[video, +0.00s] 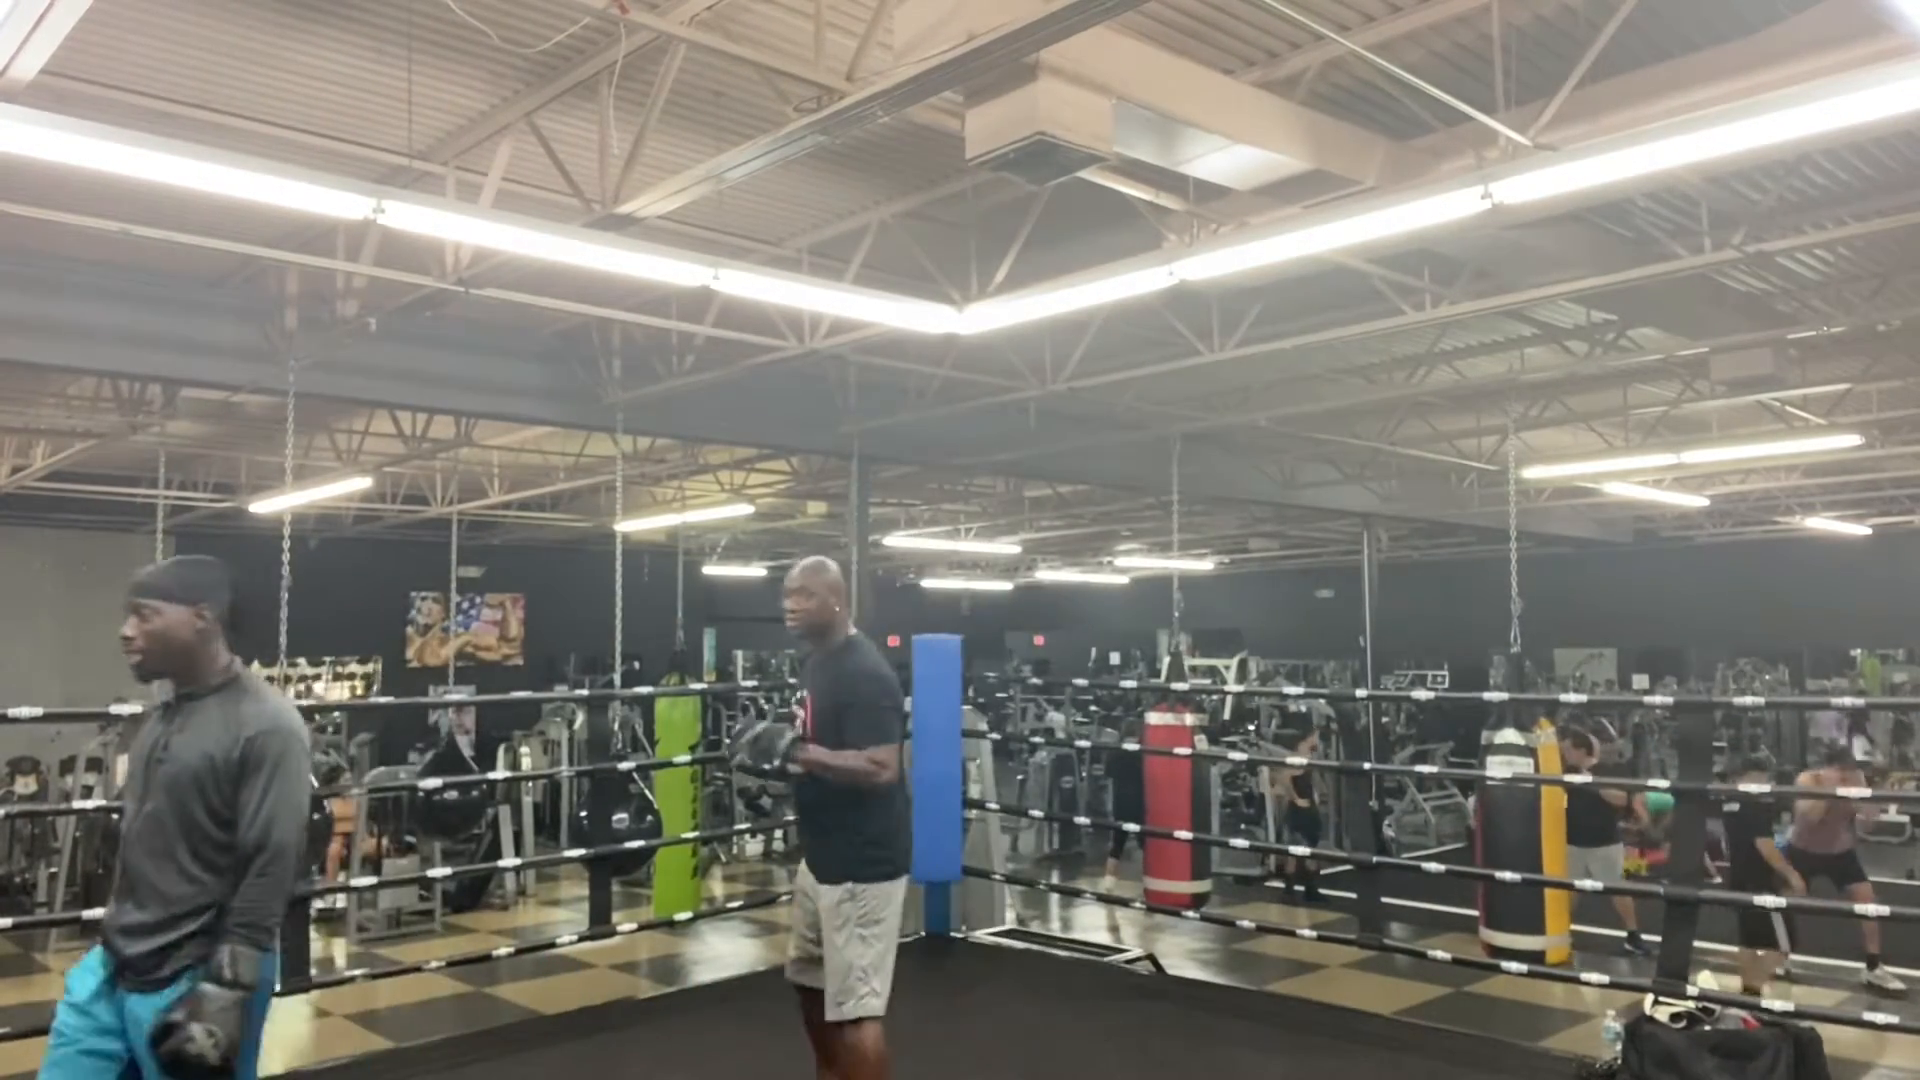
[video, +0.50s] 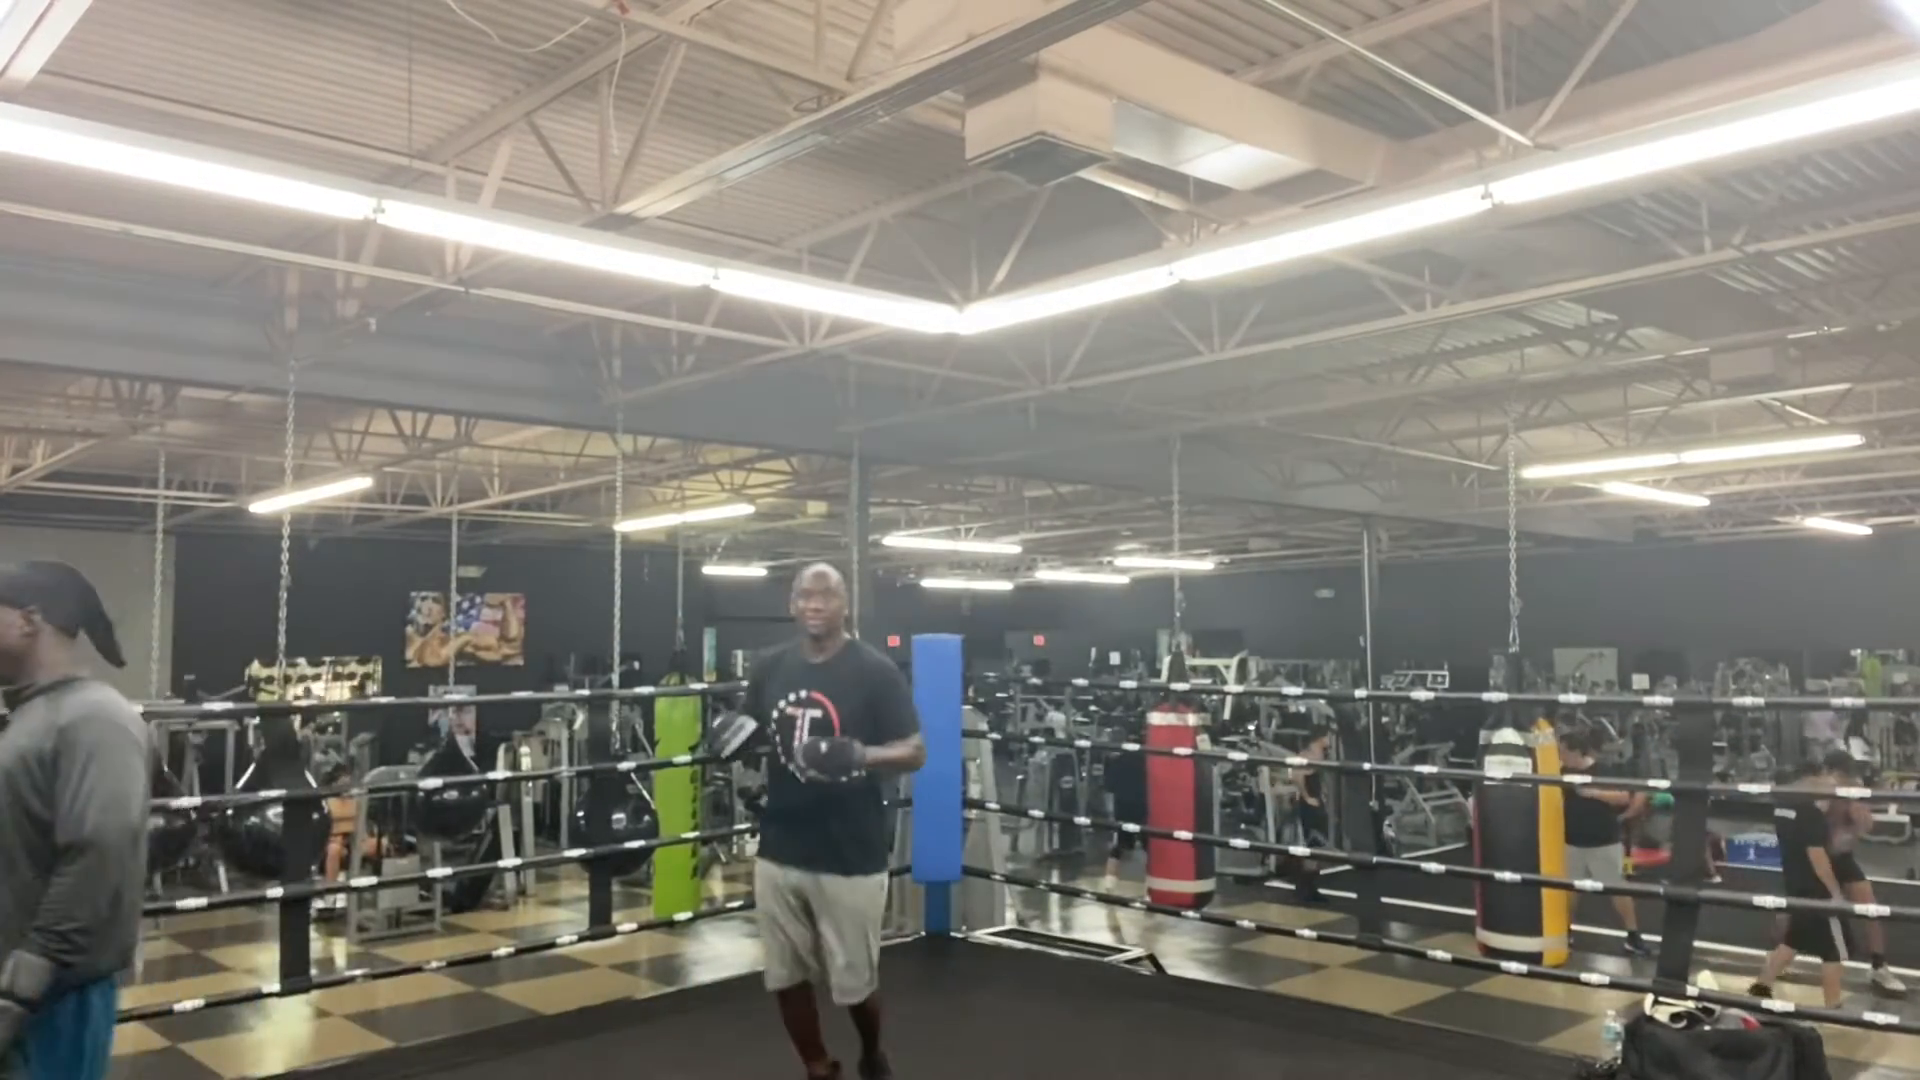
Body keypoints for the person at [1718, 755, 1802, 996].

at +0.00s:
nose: (1764, 784)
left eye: (1764, 778)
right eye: (1760, 778)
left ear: (1739, 778)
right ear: (1754, 778)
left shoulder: (1730, 804)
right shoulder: (1757, 804)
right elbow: (1765, 844)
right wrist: (1791, 874)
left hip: (1740, 878)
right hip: (1759, 881)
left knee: (1749, 941)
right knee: (1781, 947)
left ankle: (1750, 992)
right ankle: (1752, 985)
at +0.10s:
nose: (1773, 780)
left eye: (1772, 775)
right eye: (1770, 775)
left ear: (1747, 775)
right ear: (1764, 776)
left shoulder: (1737, 801)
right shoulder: (1764, 802)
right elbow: (1771, 846)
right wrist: (1798, 876)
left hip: (1748, 879)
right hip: (1770, 882)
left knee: (1752, 942)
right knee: (1793, 946)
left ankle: (1750, 995)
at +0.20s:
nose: (1788, 789)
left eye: (1787, 784)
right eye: (1786, 784)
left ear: (1765, 783)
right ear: (1781, 784)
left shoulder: (1751, 807)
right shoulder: (1778, 811)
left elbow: (1764, 850)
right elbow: (1784, 852)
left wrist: (1797, 867)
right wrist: (1803, 882)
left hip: (1760, 882)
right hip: (1782, 883)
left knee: (1757, 943)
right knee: (1803, 944)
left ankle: (1751, 994)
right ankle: (1823, 999)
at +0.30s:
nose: (1804, 790)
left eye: (1802, 783)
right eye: (1801, 784)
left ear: (1778, 782)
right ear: (1794, 784)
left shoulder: (1762, 806)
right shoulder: (1791, 813)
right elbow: (1797, 857)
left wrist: (1806, 871)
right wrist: (1811, 888)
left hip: (1772, 885)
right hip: (1794, 887)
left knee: (1766, 945)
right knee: (1819, 947)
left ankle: (1753, 994)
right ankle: (1830, 1003)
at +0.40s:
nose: (1821, 796)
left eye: (1821, 790)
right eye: (1818, 789)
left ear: (1787, 785)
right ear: (1805, 787)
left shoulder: (1774, 808)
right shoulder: (1802, 814)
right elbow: (1808, 859)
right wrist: (1825, 892)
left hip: (1787, 888)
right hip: (1808, 890)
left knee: (1778, 942)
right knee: (1830, 951)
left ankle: (1757, 989)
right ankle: (1833, 1005)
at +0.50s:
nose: (1832, 788)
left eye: (1833, 783)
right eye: (1830, 782)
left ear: (1803, 778)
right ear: (1815, 778)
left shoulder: (1782, 803)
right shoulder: (1811, 811)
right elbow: (1816, 856)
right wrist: (1835, 892)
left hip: (1795, 886)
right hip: (1816, 889)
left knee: (1791, 940)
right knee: (1833, 951)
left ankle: (1762, 985)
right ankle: (1833, 1007)